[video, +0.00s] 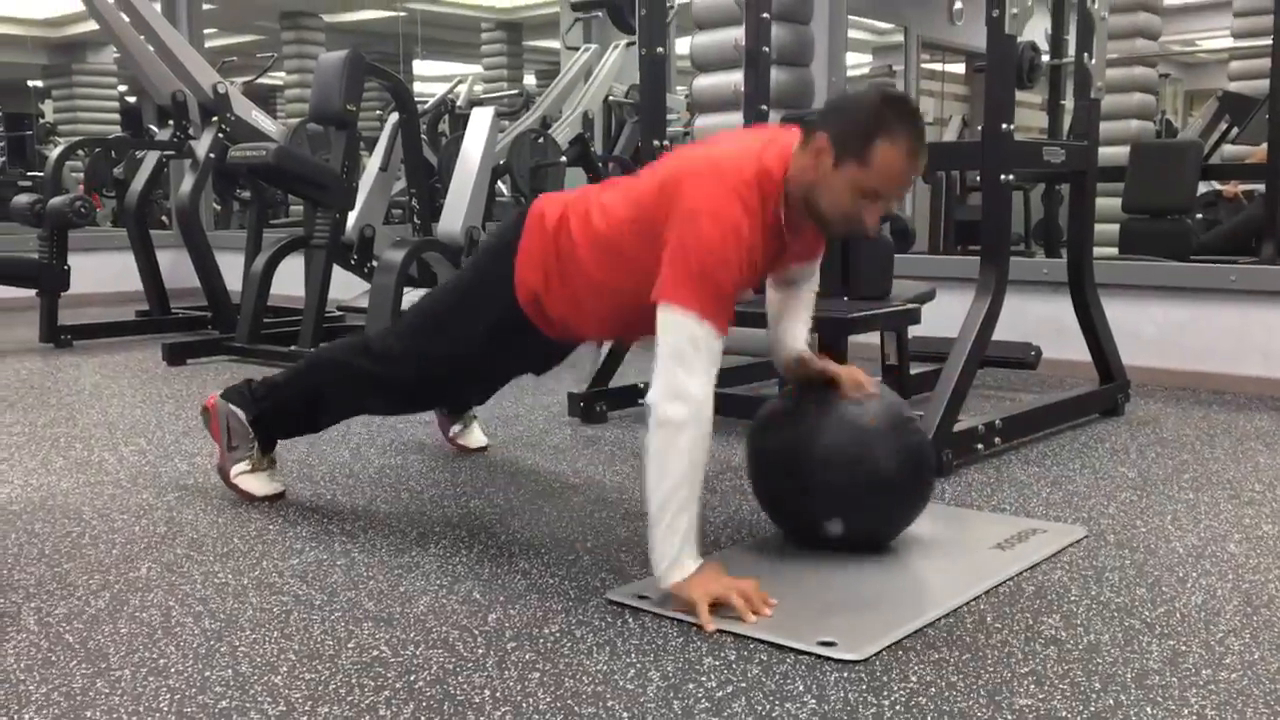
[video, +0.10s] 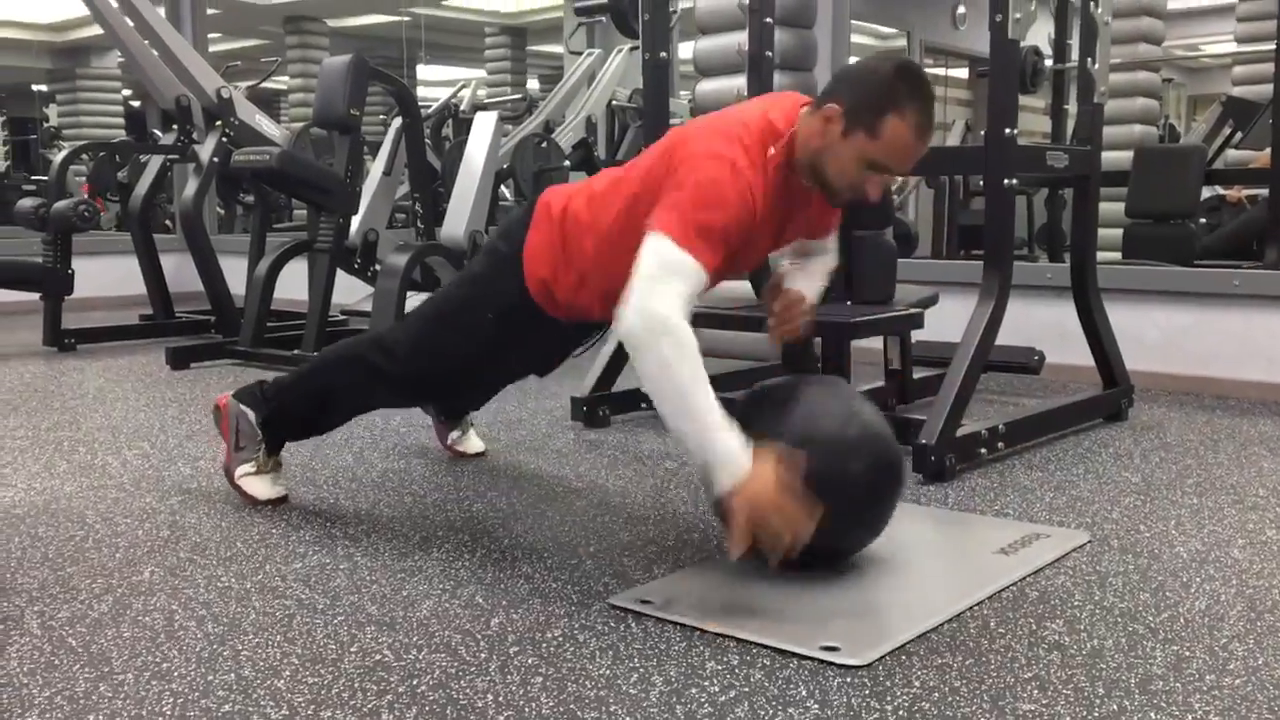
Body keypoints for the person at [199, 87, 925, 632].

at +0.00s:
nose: (873, 219)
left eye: (887, 204)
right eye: (870, 198)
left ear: (851, 165)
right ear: (818, 152)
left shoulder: (814, 189)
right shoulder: (724, 201)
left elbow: (797, 272)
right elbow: (680, 395)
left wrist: (798, 354)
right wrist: (679, 567)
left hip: (588, 294)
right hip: (535, 261)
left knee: (502, 362)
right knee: (402, 364)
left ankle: (450, 400)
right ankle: (245, 412)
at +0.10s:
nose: (881, 188)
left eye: (895, 174)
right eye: (876, 167)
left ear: (858, 137)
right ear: (827, 125)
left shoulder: (825, 148)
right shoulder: (730, 169)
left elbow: (815, 231)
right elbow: (649, 314)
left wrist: (798, 282)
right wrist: (733, 465)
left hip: (604, 285)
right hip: (552, 256)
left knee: (508, 359)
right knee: (414, 361)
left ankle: (444, 405)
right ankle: (255, 415)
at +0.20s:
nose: (896, 215)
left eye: (912, 202)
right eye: (894, 193)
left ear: (892, 174)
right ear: (848, 150)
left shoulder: (855, 193)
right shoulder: (750, 171)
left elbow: (867, 290)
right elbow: (605, 257)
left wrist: (870, 366)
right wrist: (717, 367)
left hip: (623, 311)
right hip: (559, 281)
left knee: (525, 374)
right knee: (420, 368)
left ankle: (451, 409)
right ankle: (263, 418)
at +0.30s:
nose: (931, 299)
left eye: (945, 286)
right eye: (927, 278)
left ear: (924, 256)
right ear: (879, 234)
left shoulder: (893, 270)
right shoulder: (782, 227)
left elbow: (925, 360)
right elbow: (620, 275)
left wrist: (940, 478)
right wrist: (659, 414)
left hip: (625, 352)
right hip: (575, 316)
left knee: (499, 375)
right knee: (432, 388)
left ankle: (449, 415)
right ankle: (267, 417)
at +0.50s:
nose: (967, 511)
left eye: (983, 505)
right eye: (967, 497)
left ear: (955, 448)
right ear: (928, 448)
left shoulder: (939, 401)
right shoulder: (848, 384)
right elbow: (708, 296)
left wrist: (962, 501)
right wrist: (678, 436)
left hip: (686, 402)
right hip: (643, 411)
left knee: (533, 418)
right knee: (469, 457)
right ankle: (294, 416)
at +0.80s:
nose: (976, 470)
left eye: (996, 462)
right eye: (984, 451)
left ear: (964, 408)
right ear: (952, 400)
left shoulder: (921, 379)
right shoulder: (855, 355)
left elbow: (943, 419)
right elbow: (702, 299)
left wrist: (949, 493)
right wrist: (689, 441)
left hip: (663, 399)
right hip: (631, 379)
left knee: (504, 412)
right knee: (472, 431)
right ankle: (298, 419)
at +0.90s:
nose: (975, 384)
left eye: (987, 373)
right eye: (974, 366)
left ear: (951, 330)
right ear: (930, 321)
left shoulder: (925, 329)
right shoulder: (822, 291)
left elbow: (944, 398)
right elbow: (674, 300)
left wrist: (947, 492)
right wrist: (703, 434)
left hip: (654, 388)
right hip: (614, 334)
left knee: (551, 406)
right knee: (459, 398)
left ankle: (484, 419)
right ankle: (295, 417)